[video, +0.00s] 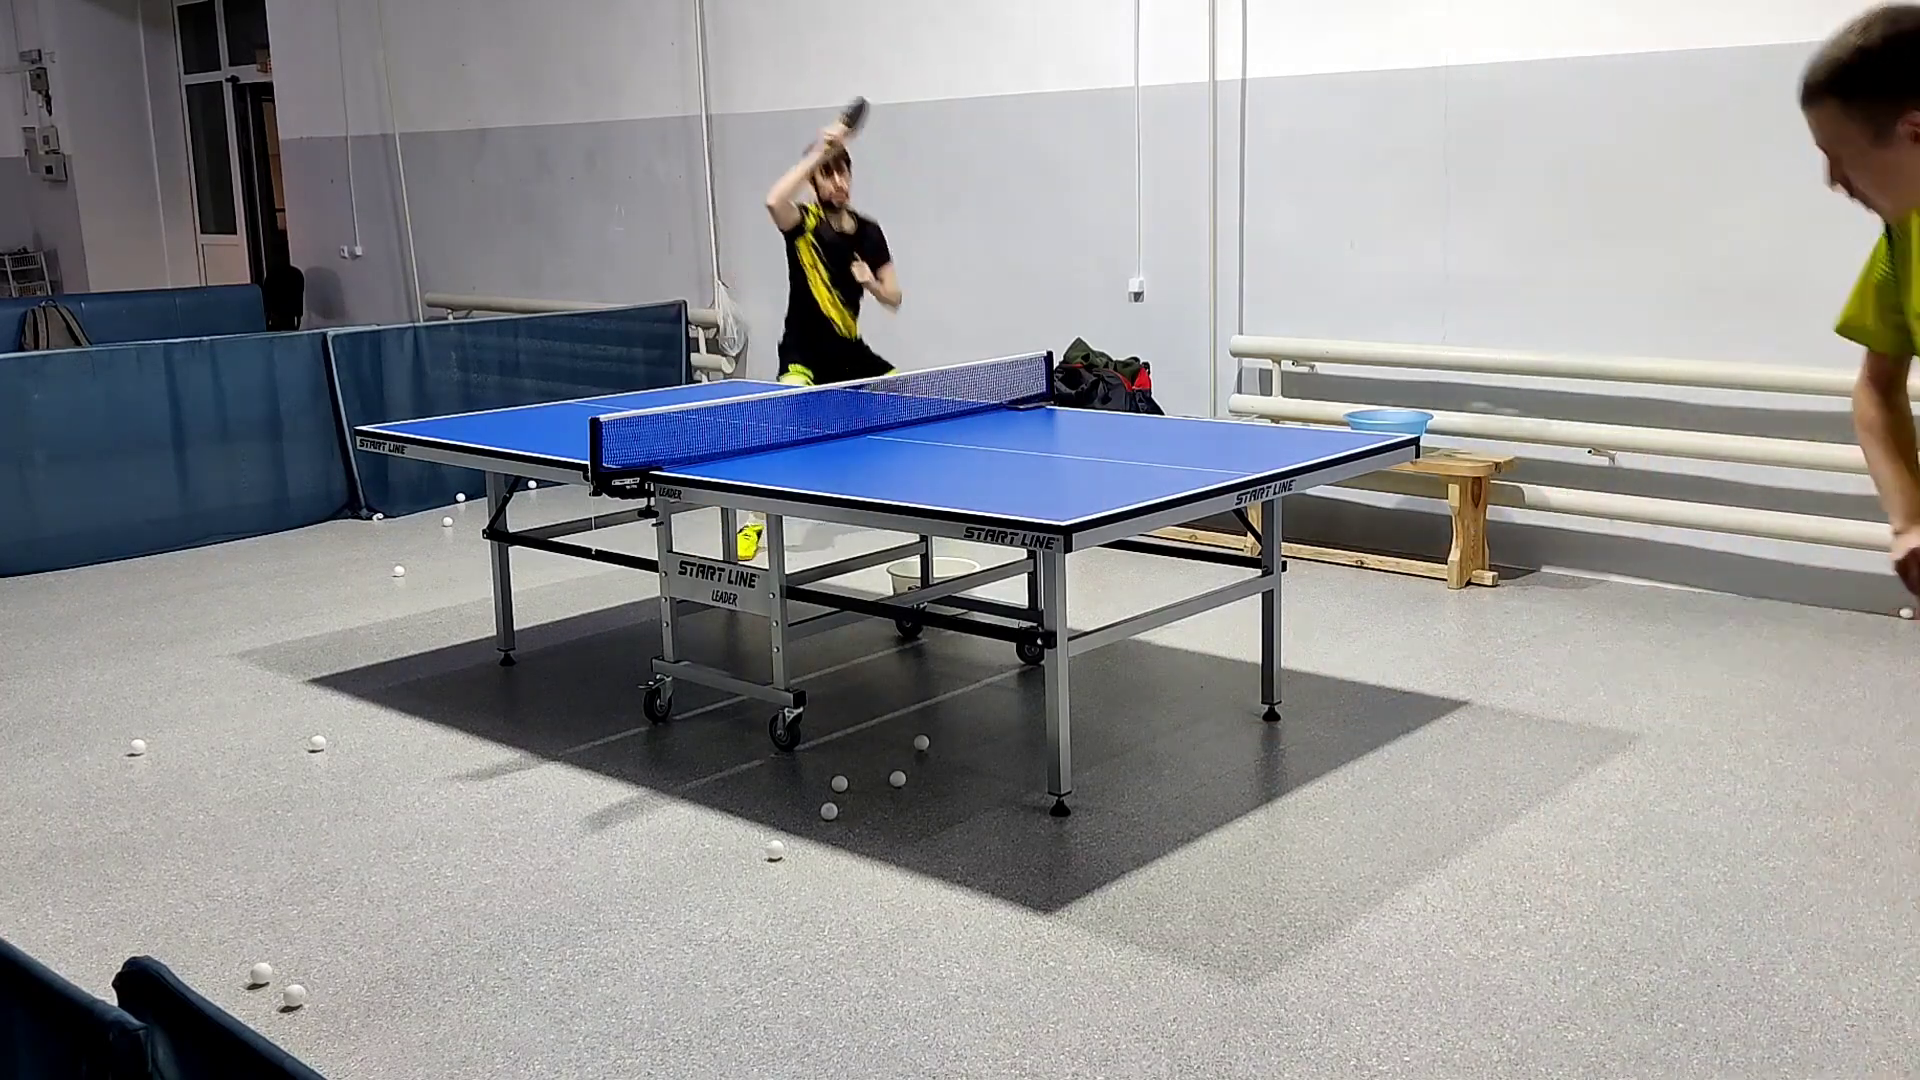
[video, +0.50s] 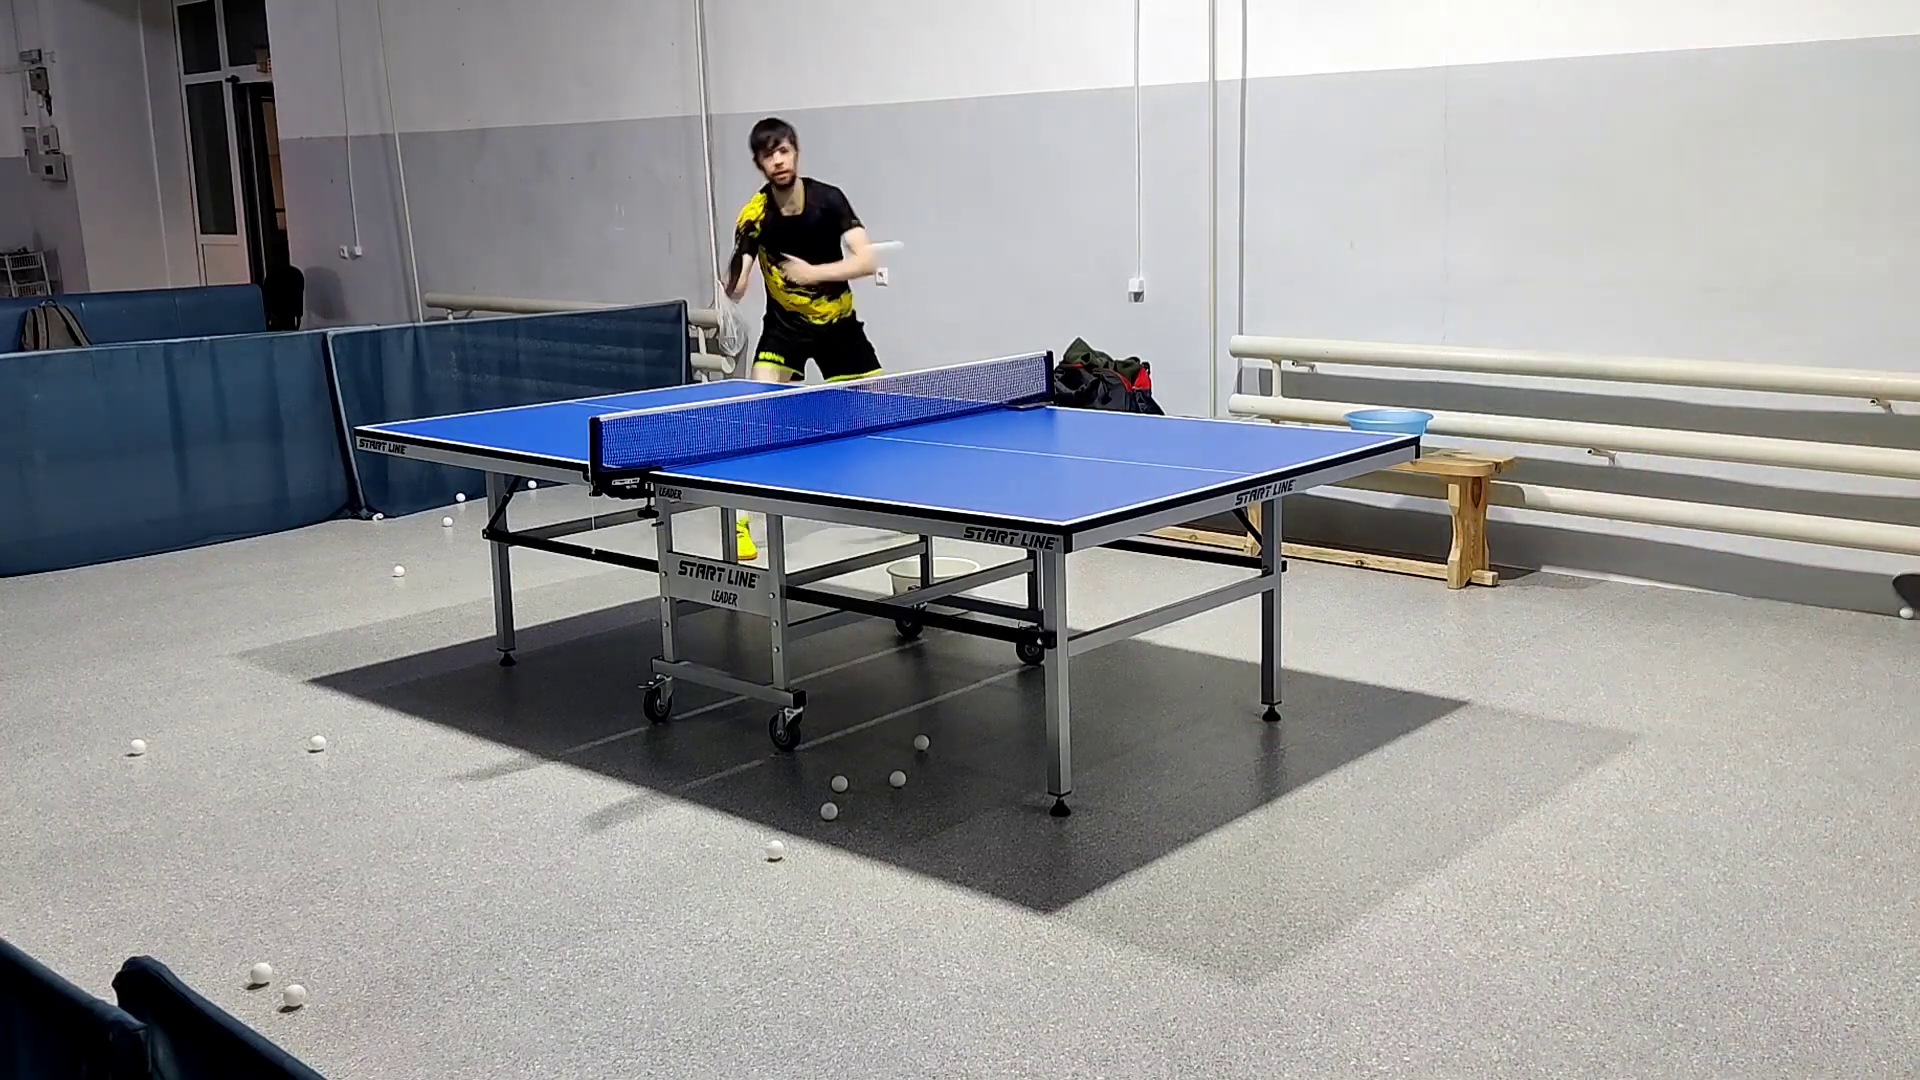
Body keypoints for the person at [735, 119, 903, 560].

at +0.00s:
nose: (837, 182)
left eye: (842, 172)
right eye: (827, 174)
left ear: (851, 176)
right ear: (814, 182)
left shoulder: (867, 231)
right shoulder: (802, 223)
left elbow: (894, 300)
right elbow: (775, 201)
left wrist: (872, 283)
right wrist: (818, 152)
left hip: (851, 352)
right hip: (804, 351)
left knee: (916, 400)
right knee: (787, 415)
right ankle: (760, 525)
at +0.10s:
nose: (823, 155)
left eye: (827, 145)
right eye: (813, 148)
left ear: (837, 146)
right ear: (800, 153)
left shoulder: (857, 199)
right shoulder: (791, 191)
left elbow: (886, 264)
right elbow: (754, 201)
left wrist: (869, 266)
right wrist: (789, 151)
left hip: (844, 320)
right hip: (797, 318)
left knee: (895, 403)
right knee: (777, 407)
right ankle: (751, 517)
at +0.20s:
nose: (810, 142)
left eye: (816, 133)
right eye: (799, 135)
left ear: (826, 137)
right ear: (785, 143)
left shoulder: (847, 189)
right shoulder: (776, 184)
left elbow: (879, 252)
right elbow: (742, 223)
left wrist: (859, 264)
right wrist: (767, 173)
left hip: (837, 314)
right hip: (790, 313)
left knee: (892, 399)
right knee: (774, 409)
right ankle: (751, 521)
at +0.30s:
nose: (800, 149)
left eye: (807, 139)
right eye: (790, 142)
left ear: (818, 144)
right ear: (778, 150)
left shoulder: (842, 196)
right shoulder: (769, 196)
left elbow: (875, 255)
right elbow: (737, 254)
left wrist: (861, 280)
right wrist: (754, 221)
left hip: (833, 321)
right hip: (785, 321)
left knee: (878, 410)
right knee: (768, 414)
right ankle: (745, 521)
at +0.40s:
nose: (792, 155)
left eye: (798, 145)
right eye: (782, 148)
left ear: (810, 148)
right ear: (770, 157)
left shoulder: (838, 200)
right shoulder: (763, 206)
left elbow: (878, 262)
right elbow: (735, 277)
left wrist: (849, 286)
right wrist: (750, 241)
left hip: (833, 329)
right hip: (782, 329)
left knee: (882, 408)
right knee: (762, 414)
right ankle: (745, 521)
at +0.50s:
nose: (779, 161)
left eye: (784, 150)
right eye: (769, 155)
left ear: (797, 152)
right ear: (758, 163)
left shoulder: (830, 200)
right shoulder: (755, 215)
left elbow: (867, 261)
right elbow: (738, 286)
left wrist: (817, 272)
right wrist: (735, 283)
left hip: (838, 328)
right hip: (783, 329)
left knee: (882, 414)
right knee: (755, 413)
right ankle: (741, 521)